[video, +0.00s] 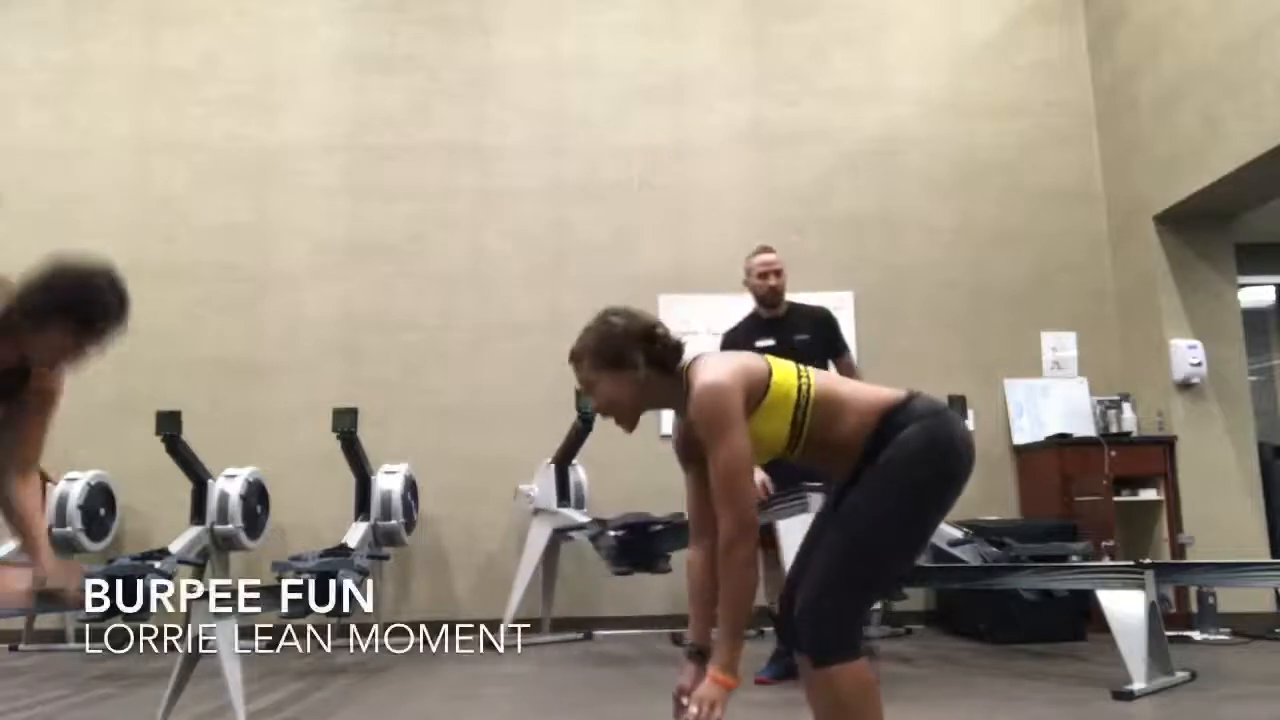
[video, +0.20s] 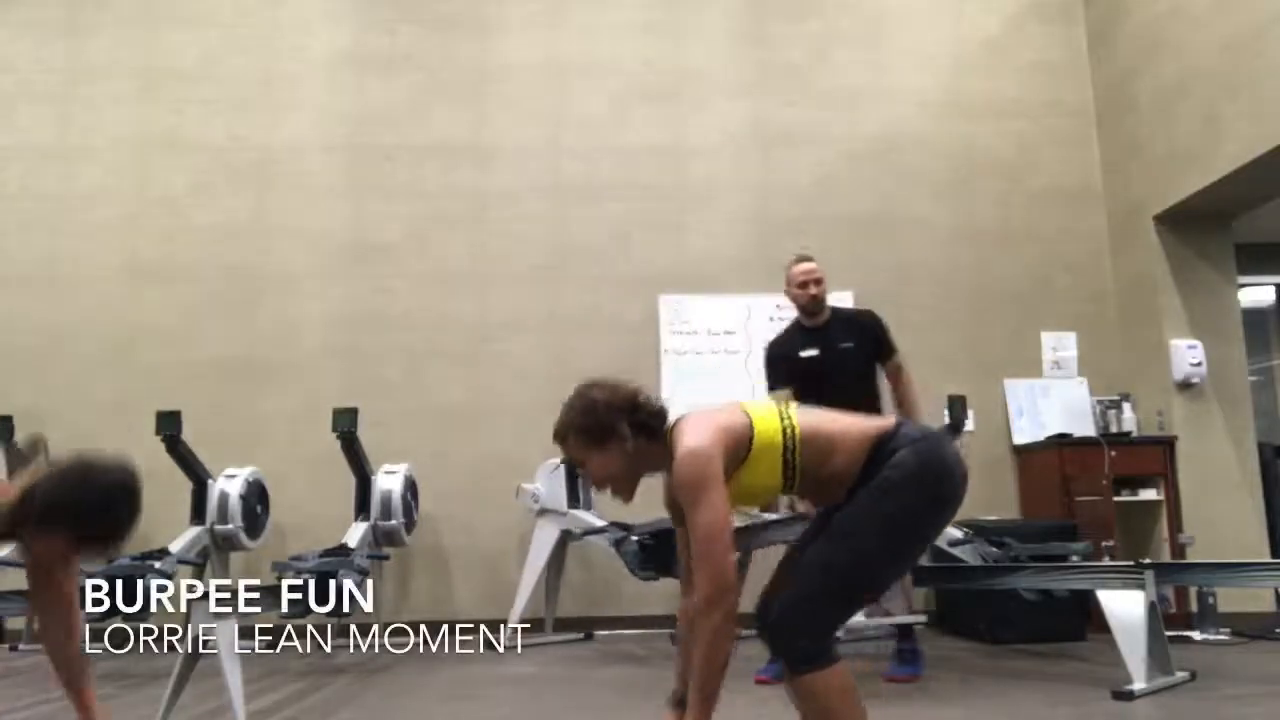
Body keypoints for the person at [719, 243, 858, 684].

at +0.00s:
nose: (771, 282)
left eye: (776, 273)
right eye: (762, 275)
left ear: (786, 276)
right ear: (747, 282)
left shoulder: (818, 320)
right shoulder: (735, 340)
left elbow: (851, 379)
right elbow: (719, 403)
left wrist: (855, 436)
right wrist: (746, 467)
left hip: (825, 450)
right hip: (769, 456)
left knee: (833, 544)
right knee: (766, 541)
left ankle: (850, 633)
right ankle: (785, 639)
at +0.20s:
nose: (812, 290)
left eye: (817, 282)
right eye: (803, 285)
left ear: (827, 284)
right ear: (789, 293)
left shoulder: (865, 324)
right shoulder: (781, 349)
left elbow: (897, 375)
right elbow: (782, 415)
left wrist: (913, 430)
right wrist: (791, 481)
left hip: (873, 455)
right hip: (816, 466)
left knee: (888, 546)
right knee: (808, 556)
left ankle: (906, 638)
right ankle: (786, 646)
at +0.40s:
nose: (826, 306)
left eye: (831, 297)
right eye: (817, 302)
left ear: (842, 294)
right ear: (806, 308)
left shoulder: (887, 328)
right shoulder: (805, 361)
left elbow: (929, 372)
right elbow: (811, 427)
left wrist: (950, 431)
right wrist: (834, 457)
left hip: (900, 456)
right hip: (848, 463)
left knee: (903, 550)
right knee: (849, 549)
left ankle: (906, 645)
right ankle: (852, 643)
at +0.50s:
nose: (824, 321)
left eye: (828, 311)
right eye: (814, 317)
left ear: (842, 304)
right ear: (807, 323)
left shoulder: (889, 335)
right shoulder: (813, 371)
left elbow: (934, 372)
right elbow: (812, 434)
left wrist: (956, 432)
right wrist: (830, 490)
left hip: (905, 464)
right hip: (856, 473)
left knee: (909, 556)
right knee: (866, 556)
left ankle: (913, 647)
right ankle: (882, 643)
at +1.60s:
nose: (779, 315)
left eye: (784, 307)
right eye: (776, 310)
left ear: (810, 303)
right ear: (787, 314)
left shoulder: (855, 332)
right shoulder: (802, 363)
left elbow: (898, 380)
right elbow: (814, 426)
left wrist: (896, 440)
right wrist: (824, 482)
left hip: (892, 437)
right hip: (864, 444)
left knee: (861, 519)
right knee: (859, 527)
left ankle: (917, 600)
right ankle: (885, 638)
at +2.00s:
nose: (788, 296)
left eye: (794, 289)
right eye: (788, 289)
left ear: (817, 292)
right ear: (808, 293)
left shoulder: (834, 328)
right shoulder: (820, 330)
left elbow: (854, 384)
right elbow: (835, 391)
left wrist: (836, 445)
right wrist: (827, 437)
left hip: (857, 445)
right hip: (848, 444)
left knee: (855, 541)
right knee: (853, 540)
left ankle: (886, 638)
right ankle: (884, 637)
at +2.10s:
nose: (782, 295)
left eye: (788, 288)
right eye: (783, 288)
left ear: (811, 291)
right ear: (808, 292)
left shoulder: (824, 327)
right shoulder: (820, 327)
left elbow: (839, 385)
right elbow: (832, 392)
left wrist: (815, 444)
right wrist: (810, 440)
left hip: (843, 450)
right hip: (848, 449)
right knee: (850, 547)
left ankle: (886, 638)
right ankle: (884, 638)